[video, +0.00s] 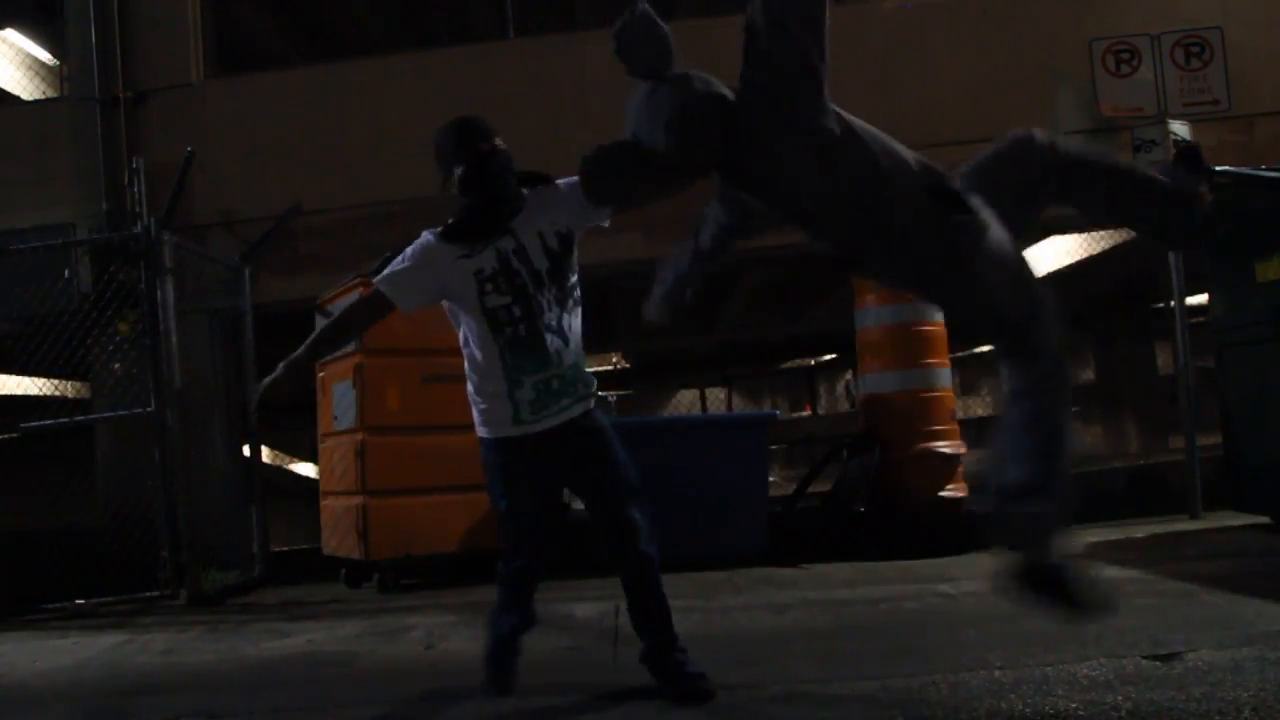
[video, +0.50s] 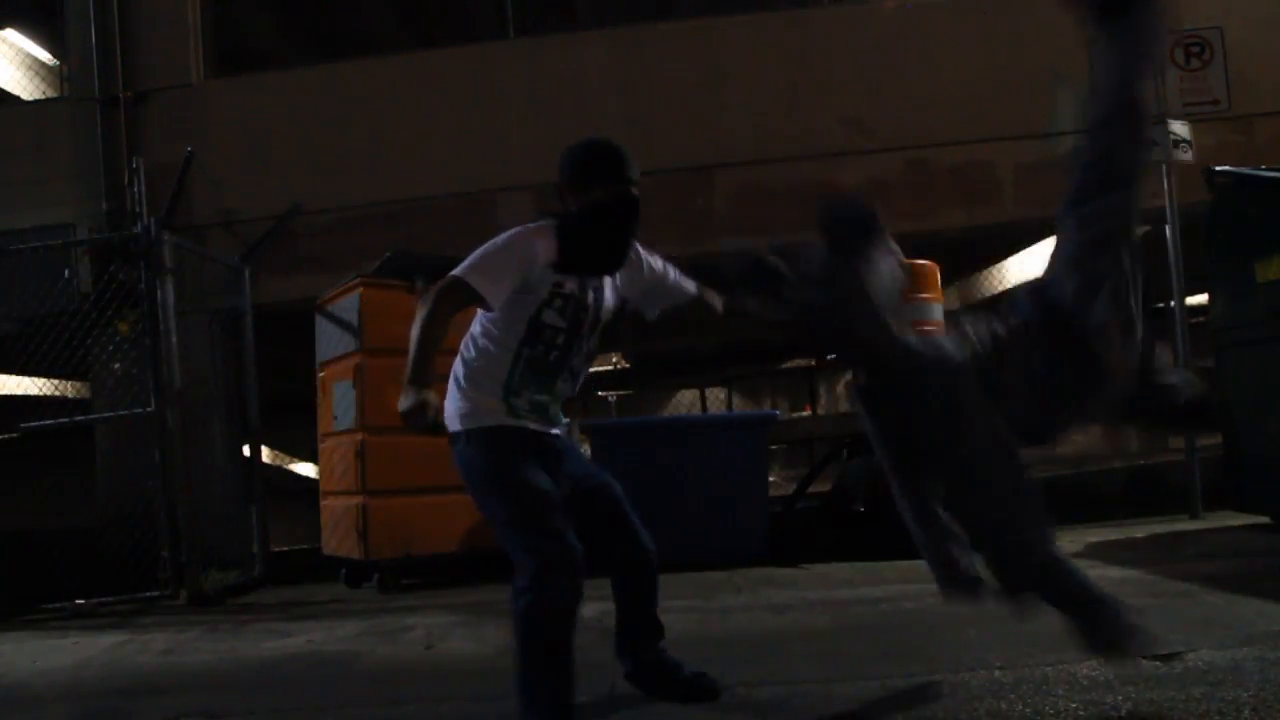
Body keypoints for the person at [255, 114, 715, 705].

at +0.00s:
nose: (494, 169)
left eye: (495, 156)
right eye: (475, 164)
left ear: (507, 158)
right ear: (454, 181)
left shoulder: (553, 203)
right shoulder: (441, 252)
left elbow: (631, 183)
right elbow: (362, 312)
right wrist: (291, 367)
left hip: (580, 413)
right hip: (510, 432)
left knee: (633, 536)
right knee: (524, 560)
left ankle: (668, 663)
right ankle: (500, 672)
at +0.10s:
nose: (521, 175)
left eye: (522, 161)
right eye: (504, 168)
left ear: (533, 161)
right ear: (475, 180)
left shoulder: (568, 206)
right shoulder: (454, 248)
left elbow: (649, 189)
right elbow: (374, 310)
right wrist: (307, 370)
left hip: (571, 416)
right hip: (504, 431)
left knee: (626, 541)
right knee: (525, 556)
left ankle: (669, 664)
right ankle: (462, 669)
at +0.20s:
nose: (552, 171)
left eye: (553, 160)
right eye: (537, 165)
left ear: (559, 165)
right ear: (506, 177)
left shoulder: (587, 215)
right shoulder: (472, 245)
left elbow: (660, 204)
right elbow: (396, 307)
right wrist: (337, 372)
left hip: (560, 415)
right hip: (495, 423)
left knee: (619, 537)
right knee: (528, 548)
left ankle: (661, 661)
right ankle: (452, 679)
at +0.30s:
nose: (573, 184)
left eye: (577, 171)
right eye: (557, 175)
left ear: (584, 174)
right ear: (529, 182)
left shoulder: (602, 225)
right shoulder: (498, 240)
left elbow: (666, 230)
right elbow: (415, 304)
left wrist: (690, 209)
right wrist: (368, 385)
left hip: (552, 413)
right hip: (487, 415)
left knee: (616, 541)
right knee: (526, 547)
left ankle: (656, 666)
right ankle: (471, 700)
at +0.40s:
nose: (604, 197)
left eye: (607, 184)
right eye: (588, 187)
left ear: (610, 184)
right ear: (555, 191)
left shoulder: (616, 240)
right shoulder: (518, 242)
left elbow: (692, 262)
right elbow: (430, 300)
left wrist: (720, 246)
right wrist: (395, 383)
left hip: (546, 419)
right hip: (485, 418)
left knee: (618, 537)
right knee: (534, 553)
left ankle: (646, 664)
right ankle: (505, 703)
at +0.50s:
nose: (622, 212)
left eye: (628, 200)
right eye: (608, 200)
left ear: (633, 202)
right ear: (573, 200)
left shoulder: (626, 259)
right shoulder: (528, 246)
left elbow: (702, 300)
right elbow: (440, 296)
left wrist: (707, 303)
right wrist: (413, 383)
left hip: (550, 433)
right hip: (488, 429)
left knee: (629, 549)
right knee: (550, 562)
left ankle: (645, 664)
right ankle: (544, 707)